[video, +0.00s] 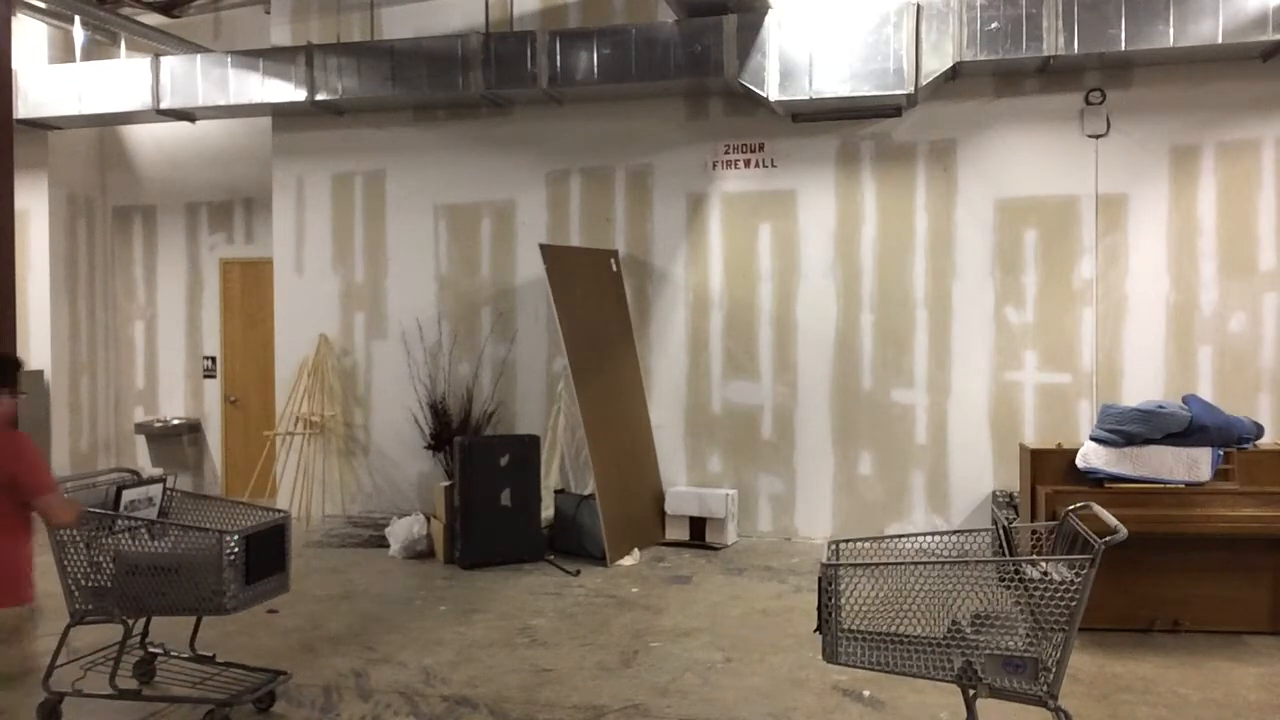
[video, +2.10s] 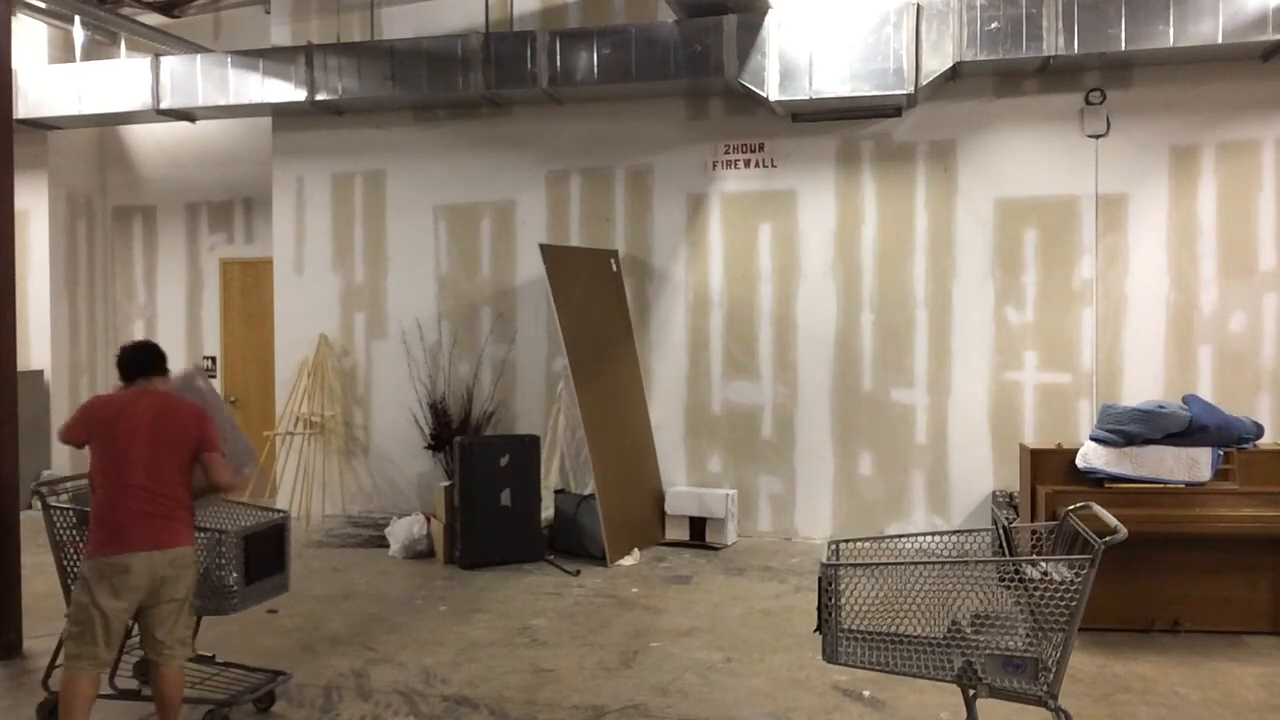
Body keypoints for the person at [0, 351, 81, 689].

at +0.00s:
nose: (18, 402)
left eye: (16, 393)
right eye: (13, 393)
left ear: (11, 396)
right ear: (5, 397)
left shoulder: (15, 444)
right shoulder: (13, 445)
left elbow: (60, 513)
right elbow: (59, 514)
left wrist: (61, 504)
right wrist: (75, 506)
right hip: (7, 603)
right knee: (17, 698)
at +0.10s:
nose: (43, 399)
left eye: (41, 389)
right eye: (41, 389)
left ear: (3, 387)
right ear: (29, 389)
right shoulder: (36, 437)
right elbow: (73, 509)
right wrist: (104, 501)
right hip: (26, 586)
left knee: (10, 692)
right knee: (56, 683)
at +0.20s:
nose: (63, 399)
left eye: (64, 390)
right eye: (63, 388)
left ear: (19, 381)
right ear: (50, 384)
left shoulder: (3, 419)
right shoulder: (59, 427)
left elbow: (26, 487)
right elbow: (94, 497)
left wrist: (81, 490)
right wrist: (128, 495)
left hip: (4, 582)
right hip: (51, 578)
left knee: (13, 686)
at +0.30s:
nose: (87, 398)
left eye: (89, 389)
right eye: (87, 388)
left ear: (40, 381)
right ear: (76, 384)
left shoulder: (5, 416)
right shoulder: (82, 424)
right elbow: (123, 492)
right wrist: (154, 486)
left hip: (9, 578)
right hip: (73, 574)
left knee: (16, 688)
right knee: (116, 653)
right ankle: (124, 712)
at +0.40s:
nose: (110, 405)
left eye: (112, 398)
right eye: (112, 396)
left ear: (66, 386)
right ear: (105, 391)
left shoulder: (13, 425)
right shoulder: (110, 429)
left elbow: (10, 492)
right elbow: (156, 491)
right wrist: (177, 487)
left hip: (20, 581)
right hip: (94, 578)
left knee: (24, 688)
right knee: (134, 662)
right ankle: (158, 712)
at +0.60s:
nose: (165, 416)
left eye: (166, 410)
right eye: (167, 409)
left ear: (124, 395)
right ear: (161, 403)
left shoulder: (73, 424)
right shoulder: (166, 435)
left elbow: (71, 483)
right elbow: (206, 494)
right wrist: (215, 522)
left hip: (70, 572)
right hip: (137, 571)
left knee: (47, 665)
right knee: (160, 662)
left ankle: (33, 714)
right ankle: (167, 714)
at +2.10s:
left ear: (123, 376)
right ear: (166, 372)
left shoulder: (102, 408)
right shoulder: (192, 411)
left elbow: (69, 435)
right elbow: (221, 477)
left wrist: (112, 411)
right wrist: (239, 481)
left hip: (113, 556)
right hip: (174, 554)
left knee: (84, 659)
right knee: (170, 656)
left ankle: (69, 716)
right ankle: (170, 716)